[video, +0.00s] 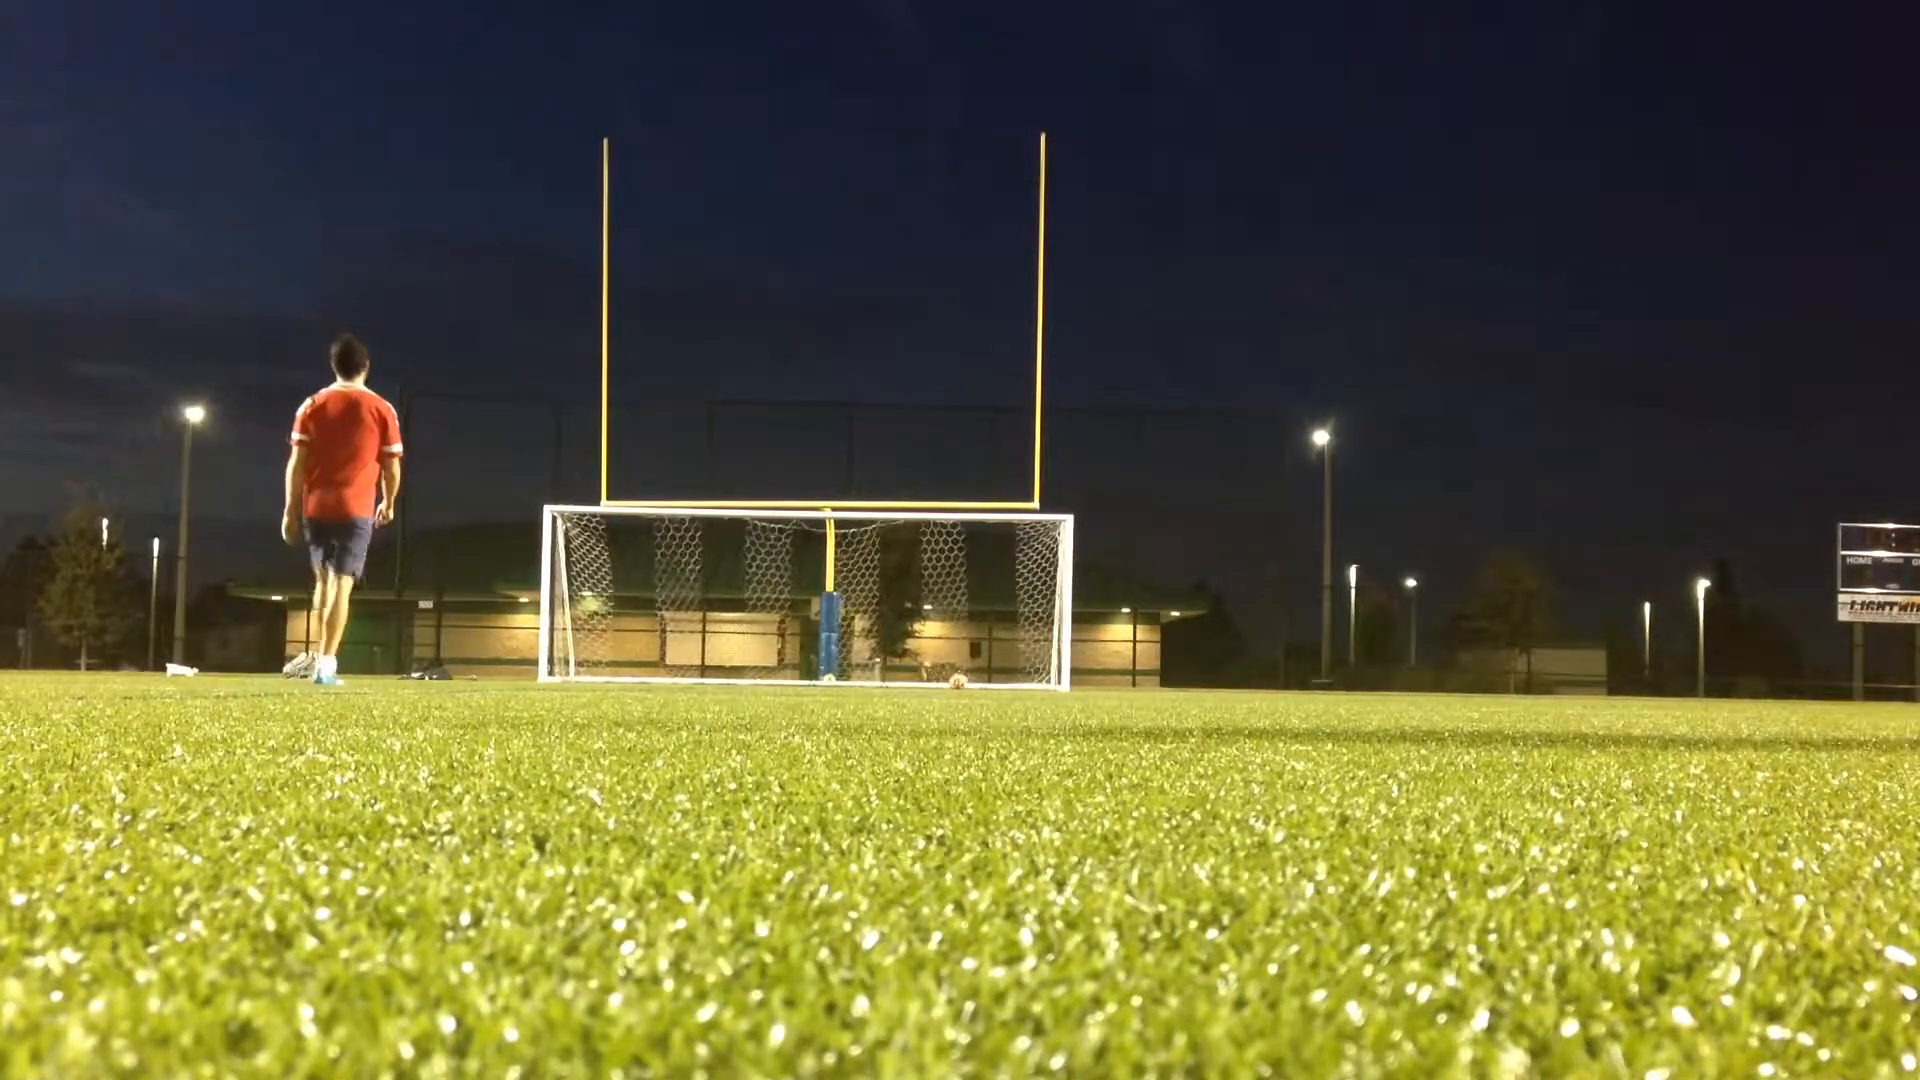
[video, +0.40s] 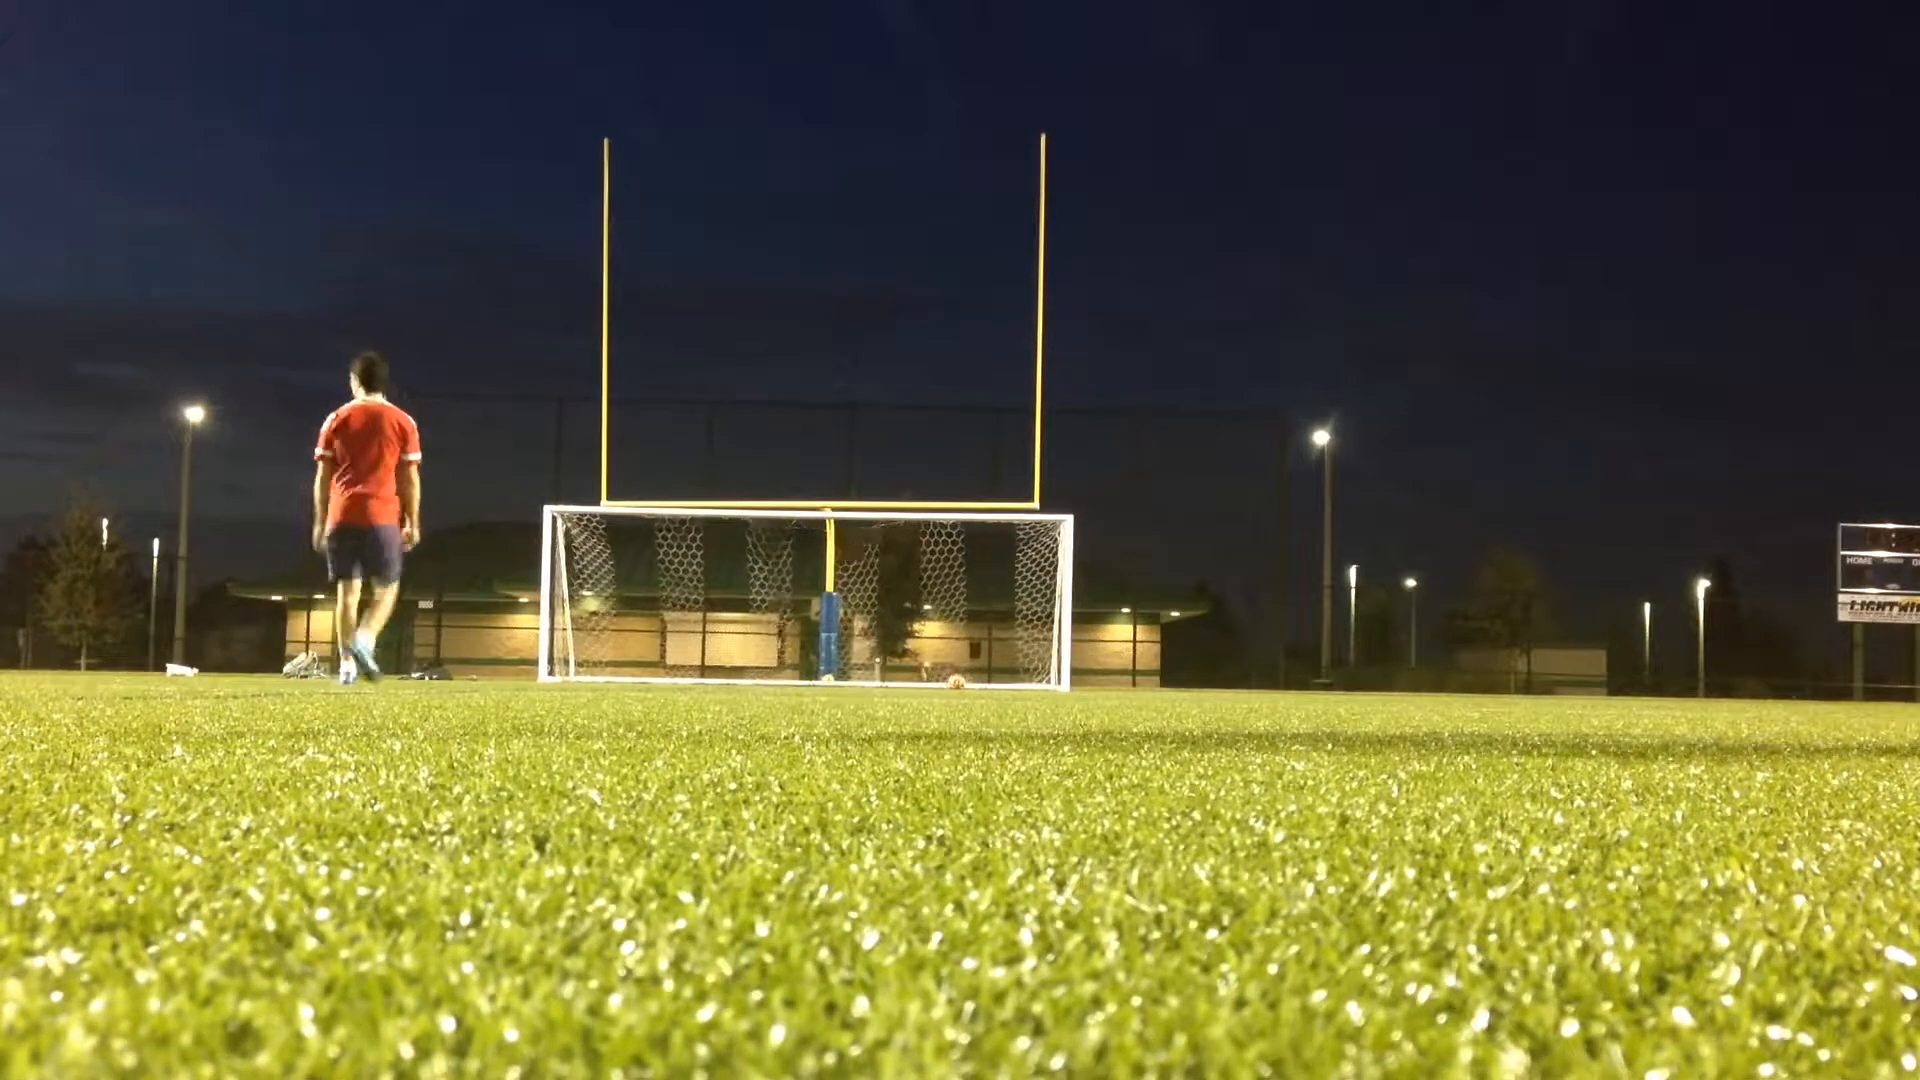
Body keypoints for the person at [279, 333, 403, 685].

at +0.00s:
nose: (358, 370)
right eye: (363, 364)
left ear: (332, 367)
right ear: (366, 367)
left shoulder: (312, 405)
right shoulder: (381, 408)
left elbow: (296, 462)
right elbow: (392, 466)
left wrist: (290, 510)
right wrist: (389, 502)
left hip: (317, 505)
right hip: (358, 507)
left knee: (323, 580)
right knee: (341, 585)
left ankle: (316, 656)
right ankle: (327, 662)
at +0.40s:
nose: (351, 384)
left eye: (352, 379)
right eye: (354, 379)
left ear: (355, 382)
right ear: (384, 382)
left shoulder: (337, 419)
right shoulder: (403, 421)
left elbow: (323, 476)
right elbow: (411, 476)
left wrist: (319, 521)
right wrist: (412, 519)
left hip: (341, 516)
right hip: (383, 517)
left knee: (347, 591)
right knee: (386, 589)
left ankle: (347, 666)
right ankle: (365, 638)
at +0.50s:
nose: (362, 388)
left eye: (363, 383)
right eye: (365, 383)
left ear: (366, 386)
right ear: (395, 387)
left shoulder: (347, 421)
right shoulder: (411, 426)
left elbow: (332, 476)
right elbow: (418, 480)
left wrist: (343, 508)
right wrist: (424, 527)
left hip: (351, 515)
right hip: (392, 518)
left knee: (351, 592)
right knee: (397, 592)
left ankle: (348, 665)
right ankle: (396, 663)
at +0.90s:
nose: (402, 403)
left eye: (403, 399)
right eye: (408, 399)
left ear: (405, 401)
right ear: (432, 402)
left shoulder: (385, 435)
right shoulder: (445, 439)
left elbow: (371, 485)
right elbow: (453, 491)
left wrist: (371, 526)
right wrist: (456, 534)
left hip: (388, 526)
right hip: (427, 528)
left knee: (392, 591)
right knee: (421, 600)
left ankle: (384, 646)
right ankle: (413, 670)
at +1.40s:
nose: (448, 422)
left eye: (436, 417)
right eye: (452, 418)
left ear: (428, 419)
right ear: (455, 420)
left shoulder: (412, 452)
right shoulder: (468, 452)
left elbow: (402, 502)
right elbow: (478, 501)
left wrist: (400, 543)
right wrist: (481, 538)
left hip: (418, 538)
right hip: (454, 538)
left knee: (424, 602)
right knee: (458, 600)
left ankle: (424, 669)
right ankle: (440, 643)